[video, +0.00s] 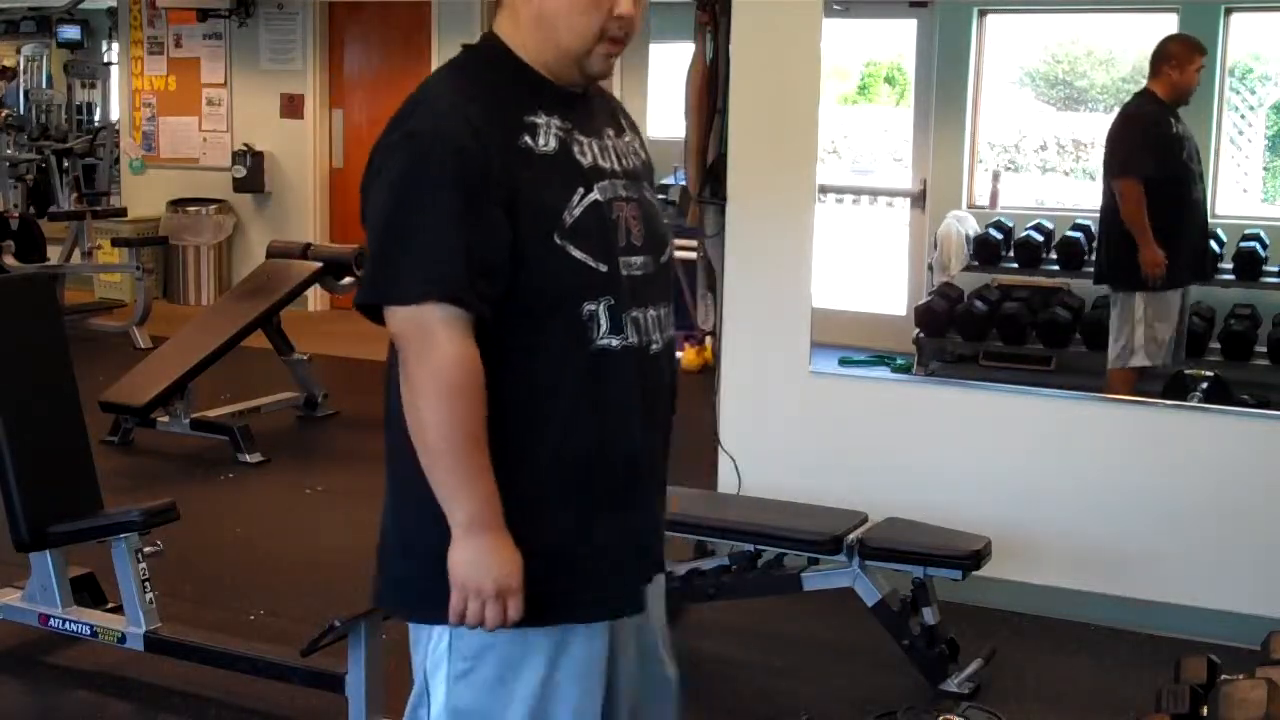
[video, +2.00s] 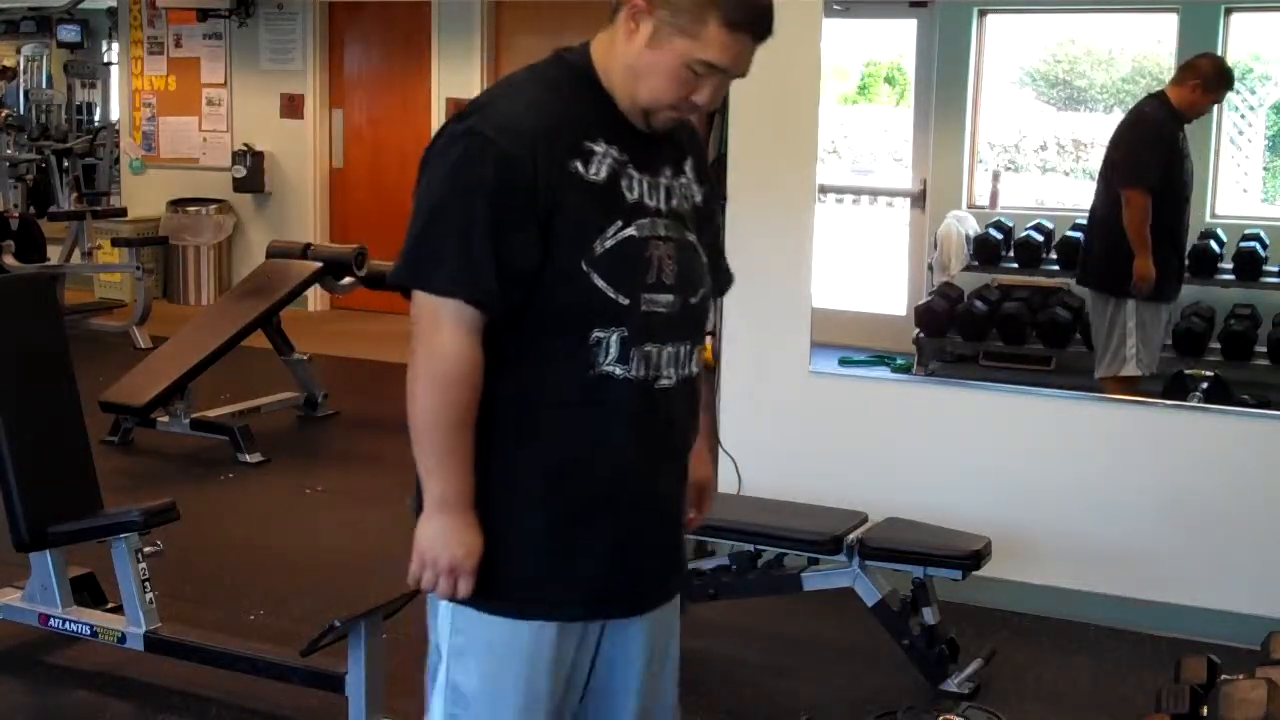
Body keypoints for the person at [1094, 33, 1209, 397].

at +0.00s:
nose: (1200, 79)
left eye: (1201, 71)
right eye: (1197, 70)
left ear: (1171, 69)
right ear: (1172, 68)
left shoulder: (1168, 118)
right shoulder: (1140, 115)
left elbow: (1169, 187)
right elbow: (1126, 184)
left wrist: (1183, 245)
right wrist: (1146, 246)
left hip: (1168, 260)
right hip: (1143, 263)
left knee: (1143, 364)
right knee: (1127, 364)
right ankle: (1113, 446)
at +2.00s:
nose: (1209, 111)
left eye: (1214, 105)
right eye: (1212, 102)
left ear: (1192, 85)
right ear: (1195, 87)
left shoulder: (1165, 122)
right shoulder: (1150, 121)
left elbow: (1150, 194)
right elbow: (1134, 194)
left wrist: (1160, 258)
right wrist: (1143, 256)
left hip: (1145, 271)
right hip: (1129, 272)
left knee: (1128, 376)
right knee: (1123, 377)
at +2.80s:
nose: (1235, 152)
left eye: (1241, 147)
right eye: (1239, 144)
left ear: (1224, 124)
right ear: (1226, 125)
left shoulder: (1189, 151)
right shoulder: (1176, 150)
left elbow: (1156, 218)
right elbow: (1148, 219)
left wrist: (1144, 280)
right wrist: (1140, 282)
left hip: (1120, 271)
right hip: (1104, 270)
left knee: (1116, 371)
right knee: (1103, 373)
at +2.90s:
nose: (1242, 173)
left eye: (1249, 168)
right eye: (1247, 164)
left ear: (1231, 142)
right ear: (1233, 146)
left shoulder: (1196, 167)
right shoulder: (1181, 166)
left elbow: (1158, 236)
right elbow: (1150, 237)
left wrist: (1142, 296)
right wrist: (1137, 301)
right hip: (1100, 270)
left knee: (1120, 371)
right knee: (1107, 373)